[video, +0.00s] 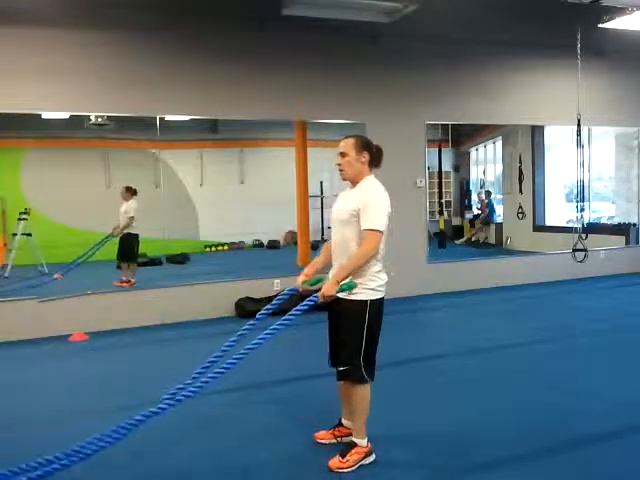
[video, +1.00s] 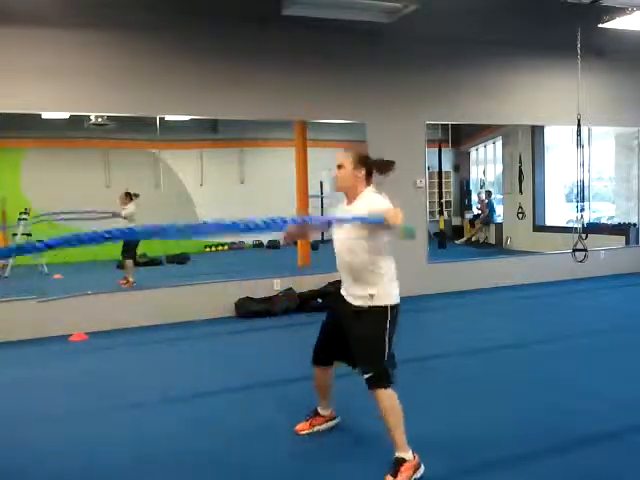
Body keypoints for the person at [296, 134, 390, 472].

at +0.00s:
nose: (338, 161)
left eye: (343, 155)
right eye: (338, 156)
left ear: (364, 159)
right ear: (351, 160)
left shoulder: (373, 193)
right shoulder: (348, 193)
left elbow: (370, 247)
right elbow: (339, 241)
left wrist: (336, 278)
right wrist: (313, 267)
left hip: (364, 295)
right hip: (342, 292)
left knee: (357, 369)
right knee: (343, 366)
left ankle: (361, 443)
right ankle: (349, 426)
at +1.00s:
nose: (335, 173)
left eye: (341, 168)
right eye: (336, 168)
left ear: (361, 174)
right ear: (353, 175)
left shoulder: (376, 202)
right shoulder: (342, 208)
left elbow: (396, 220)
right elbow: (324, 228)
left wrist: (385, 218)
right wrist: (303, 232)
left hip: (379, 302)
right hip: (348, 298)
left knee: (377, 379)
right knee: (322, 358)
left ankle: (406, 457)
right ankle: (325, 413)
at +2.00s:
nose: (305, 180)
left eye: (311, 176)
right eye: (306, 175)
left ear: (331, 184)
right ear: (320, 185)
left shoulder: (345, 214)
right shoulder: (313, 215)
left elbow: (362, 242)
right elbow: (302, 236)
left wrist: (349, 249)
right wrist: (270, 235)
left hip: (342, 312)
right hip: (313, 306)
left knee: (336, 386)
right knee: (287, 372)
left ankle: (366, 464)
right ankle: (288, 417)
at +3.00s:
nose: (321, 155)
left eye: (327, 148)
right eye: (322, 149)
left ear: (347, 154)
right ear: (332, 156)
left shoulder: (357, 188)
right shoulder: (321, 189)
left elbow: (365, 216)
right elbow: (307, 226)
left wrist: (322, 215)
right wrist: (273, 222)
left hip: (339, 289)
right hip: (311, 284)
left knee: (335, 367)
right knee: (298, 355)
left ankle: (350, 443)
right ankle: (296, 403)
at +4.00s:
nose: (299, 148)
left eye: (305, 142)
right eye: (299, 142)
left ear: (327, 148)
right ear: (309, 149)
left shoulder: (339, 182)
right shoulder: (305, 183)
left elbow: (345, 215)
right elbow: (302, 220)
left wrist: (309, 204)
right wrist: (273, 215)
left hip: (314, 281)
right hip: (287, 276)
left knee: (301, 362)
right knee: (274, 351)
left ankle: (309, 439)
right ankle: (279, 416)